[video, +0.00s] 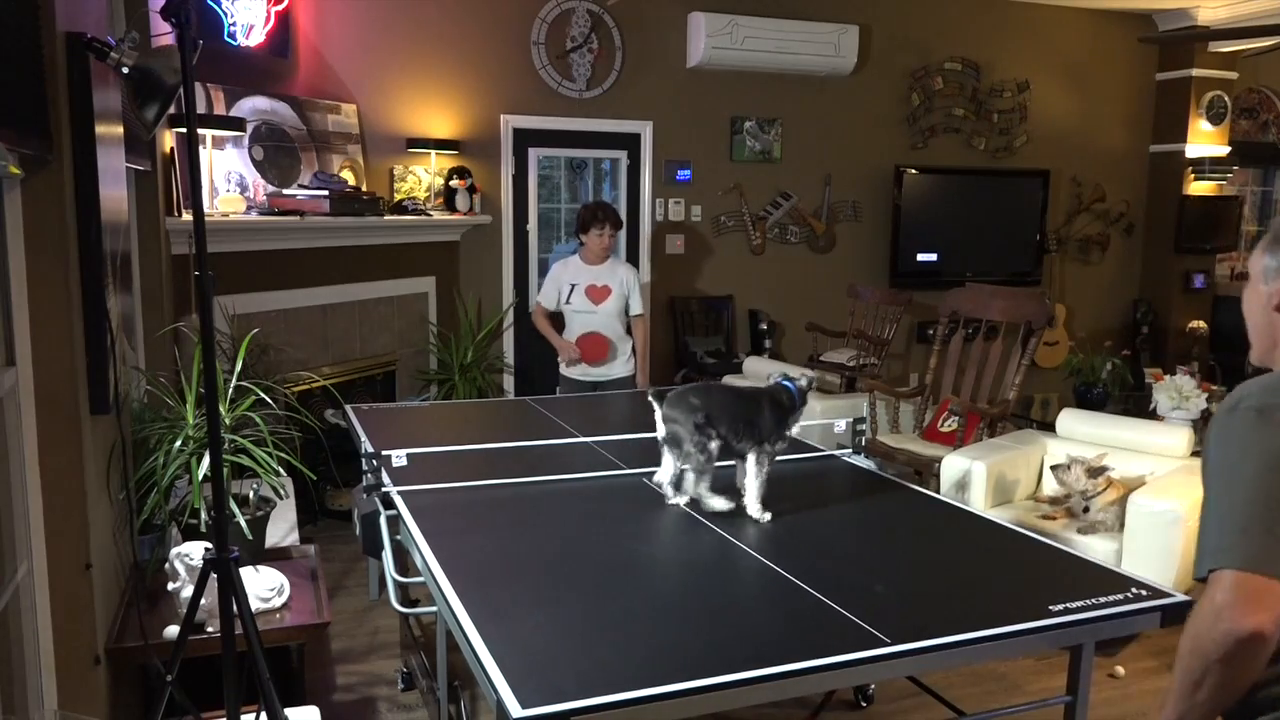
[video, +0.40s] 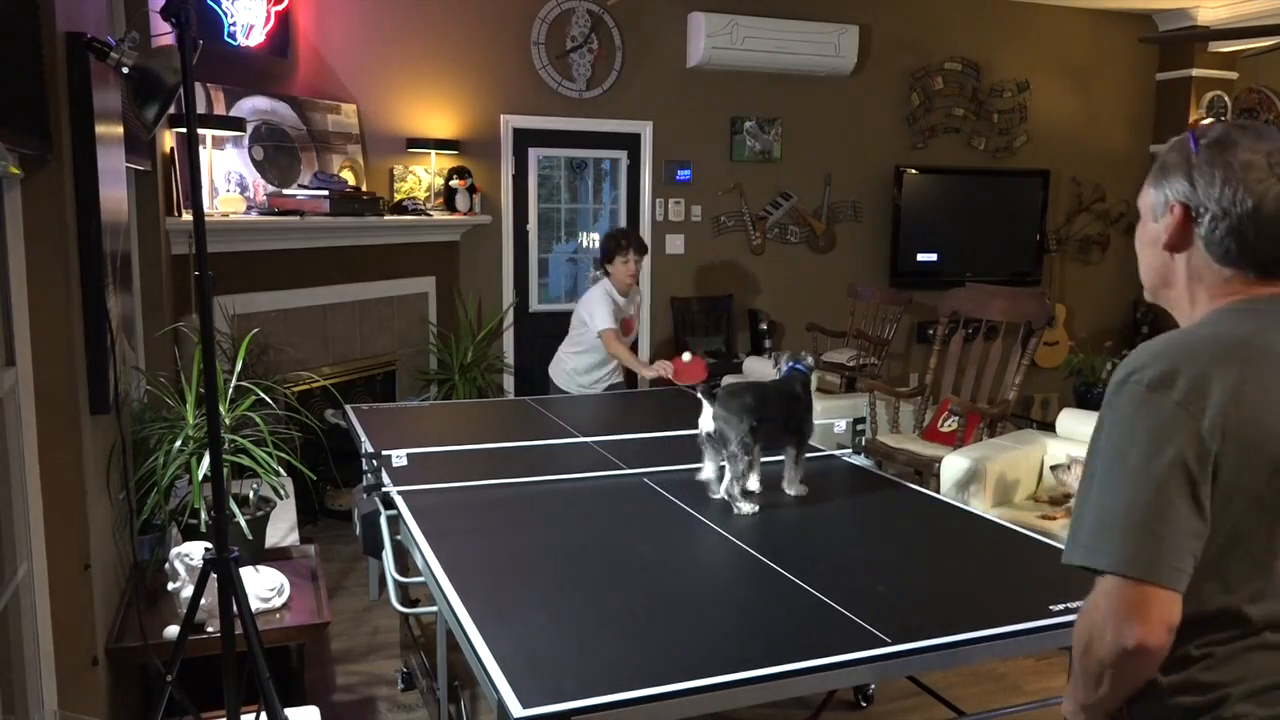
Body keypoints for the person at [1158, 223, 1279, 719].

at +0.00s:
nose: (1243, 299)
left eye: (1248, 280)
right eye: (1247, 279)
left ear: (1275, 295)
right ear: (1276, 294)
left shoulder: (1260, 405)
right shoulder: (1257, 404)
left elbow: (1248, 617)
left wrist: (1180, 711)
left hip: (1264, 706)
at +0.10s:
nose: (1213, 288)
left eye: (1219, 269)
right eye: (1215, 270)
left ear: (1256, 276)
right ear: (1261, 276)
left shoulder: (1244, 409)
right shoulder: (1246, 409)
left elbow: (1209, 633)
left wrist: (1152, 711)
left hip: (1252, 706)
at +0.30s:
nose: (1154, 246)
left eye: (1161, 226)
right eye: (1156, 227)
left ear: (1198, 234)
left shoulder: (1186, 378)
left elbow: (1133, 625)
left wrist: (1098, 704)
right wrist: (1106, 699)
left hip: (1221, 702)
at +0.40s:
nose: (1136, 238)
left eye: (1141, 217)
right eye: (1136, 218)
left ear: (1179, 224)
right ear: (1265, 226)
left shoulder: (1177, 375)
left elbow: (1133, 629)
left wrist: (1086, 703)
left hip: (1210, 701)